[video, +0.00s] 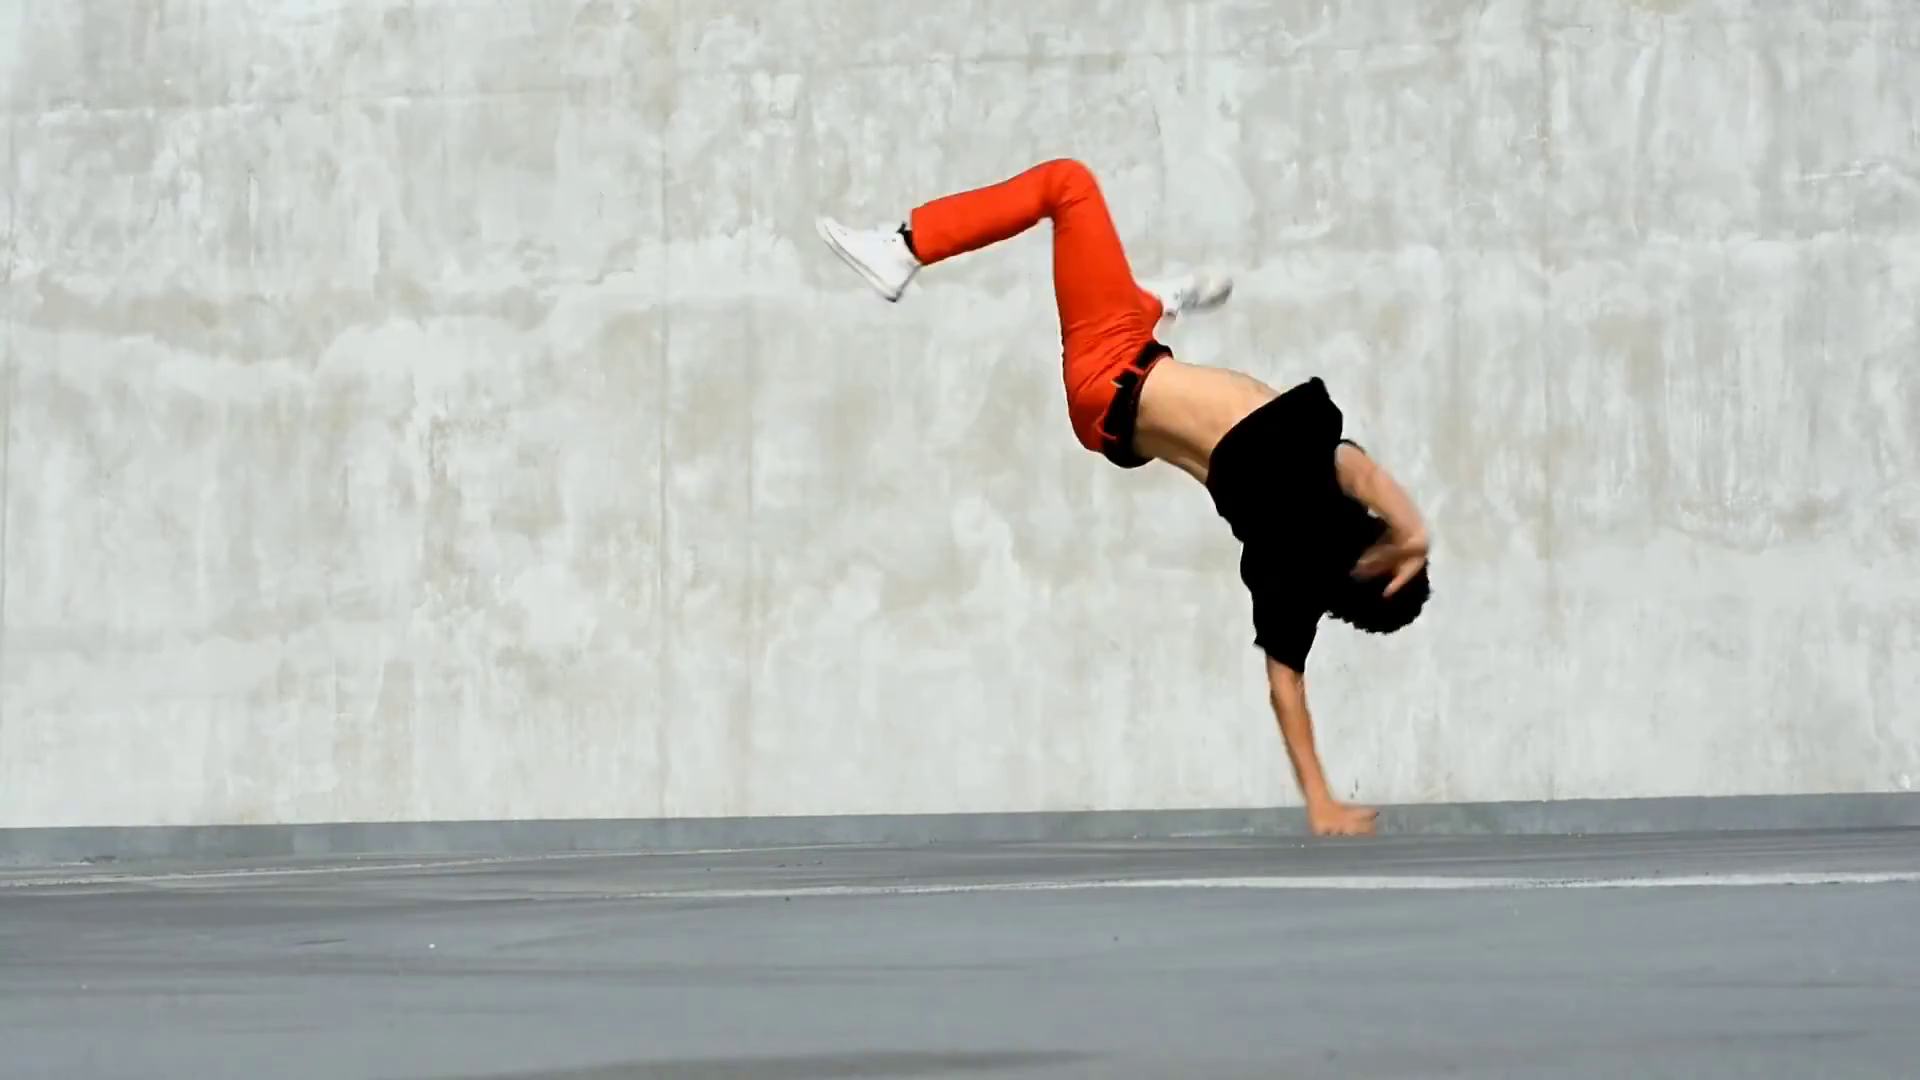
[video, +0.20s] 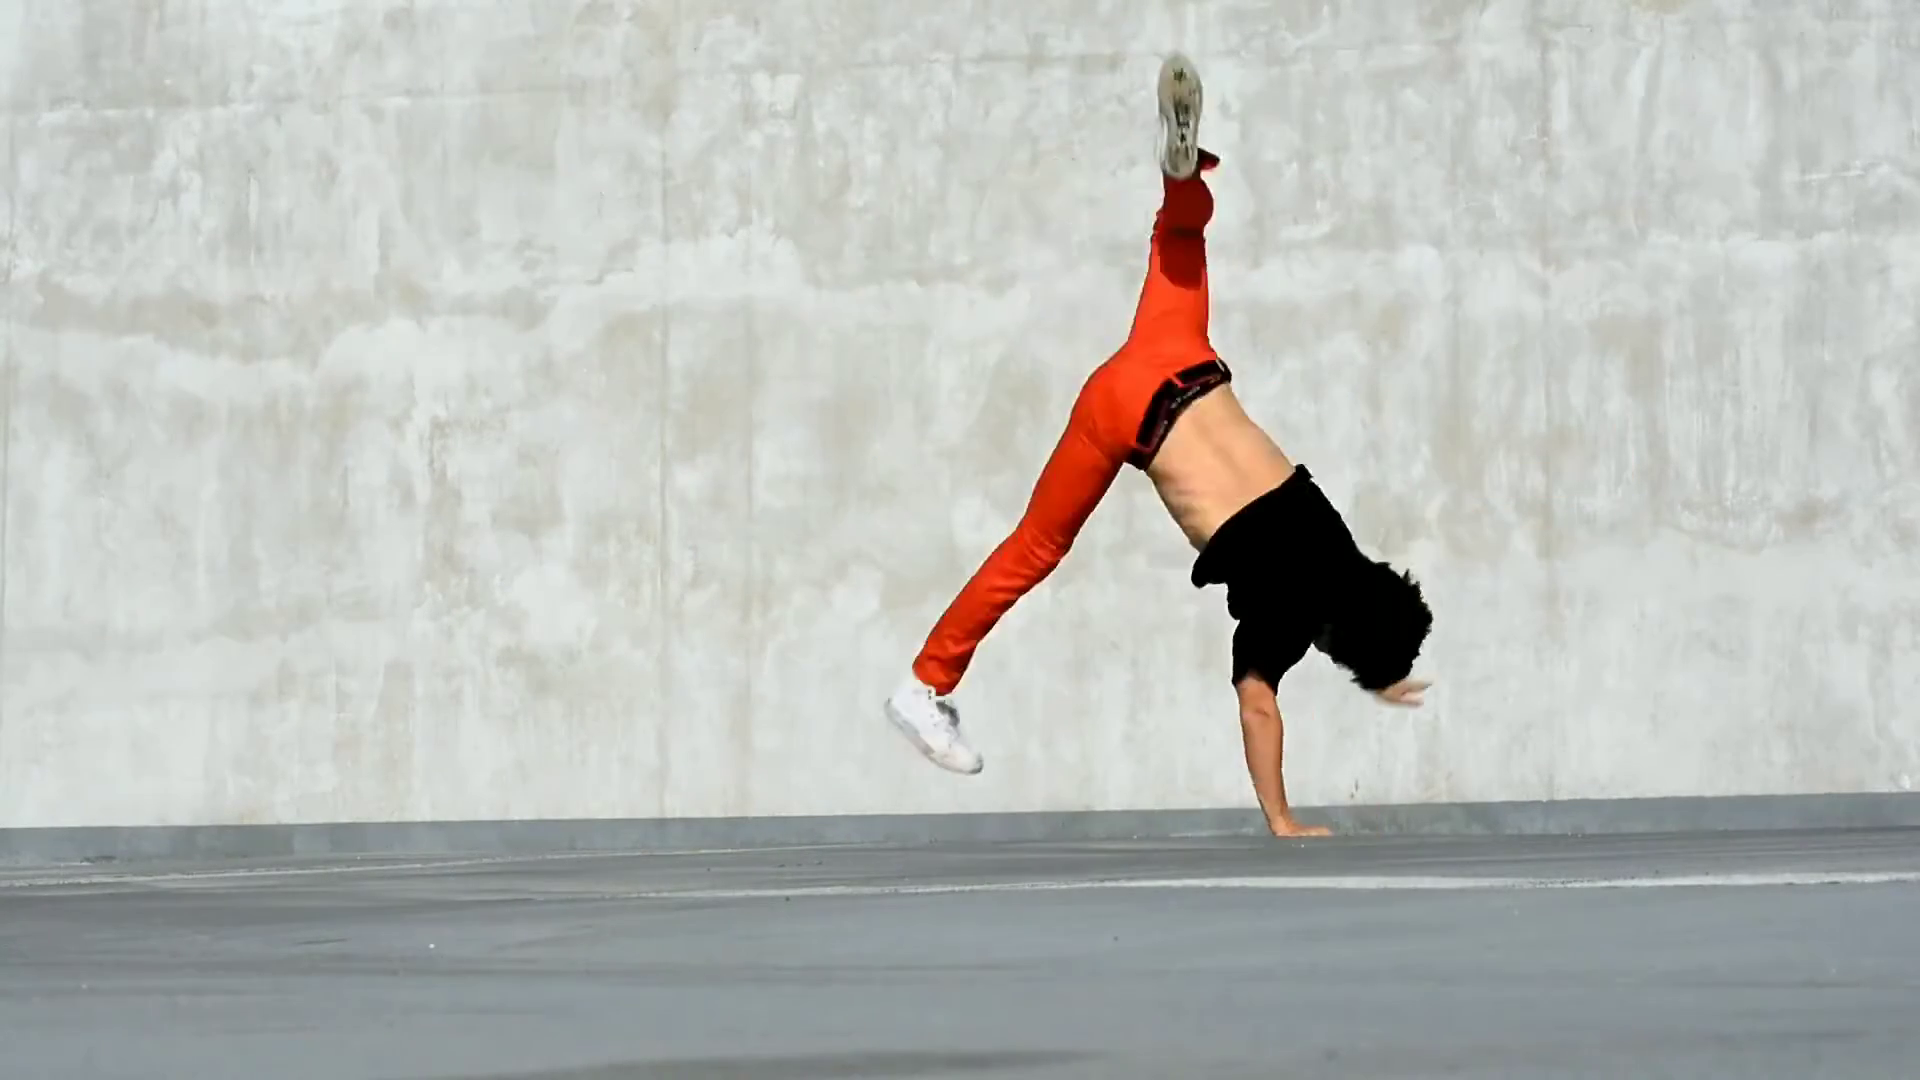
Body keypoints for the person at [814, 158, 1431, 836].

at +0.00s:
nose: (1395, 558)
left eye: (1393, 571)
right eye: (1404, 571)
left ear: (1370, 572)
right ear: (1392, 566)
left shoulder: (1291, 562)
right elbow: (1285, 690)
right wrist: (1323, 806)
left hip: (1105, 383)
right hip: (1117, 431)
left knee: (1066, 182)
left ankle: (900, 249)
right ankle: (1159, 308)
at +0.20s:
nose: (1386, 679)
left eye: (1398, 668)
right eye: (1382, 667)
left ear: (1379, 605)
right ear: (1353, 641)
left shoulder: (1341, 562)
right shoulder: (1277, 611)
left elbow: (1366, 619)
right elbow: (1258, 707)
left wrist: (1381, 677)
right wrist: (1279, 818)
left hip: (1183, 361)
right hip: (1126, 407)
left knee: (1181, 261)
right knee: (1037, 545)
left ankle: (1183, 171)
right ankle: (924, 689)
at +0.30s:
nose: (1325, 686)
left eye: (1336, 681)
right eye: (1339, 680)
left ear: (1332, 634)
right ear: (1340, 649)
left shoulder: (1271, 608)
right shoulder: (1297, 607)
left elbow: (1226, 697)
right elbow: (1272, 705)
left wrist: (1197, 795)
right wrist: (1282, 819)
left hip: (1177, 361)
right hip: (1181, 392)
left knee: (1080, 281)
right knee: (1060, 513)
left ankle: (1078, 123)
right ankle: (935, 616)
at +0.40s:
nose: (1312, 699)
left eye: (1323, 697)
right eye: (1328, 692)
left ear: (1308, 657)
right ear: (1328, 657)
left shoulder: (1220, 627)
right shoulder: (1299, 604)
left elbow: (1176, 718)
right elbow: (1281, 711)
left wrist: (1162, 827)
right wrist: (1285, 822)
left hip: (1149, 427)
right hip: (1200, 402)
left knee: (994, 391)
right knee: (1165, 380)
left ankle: (865, 312)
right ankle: (1142, 352)